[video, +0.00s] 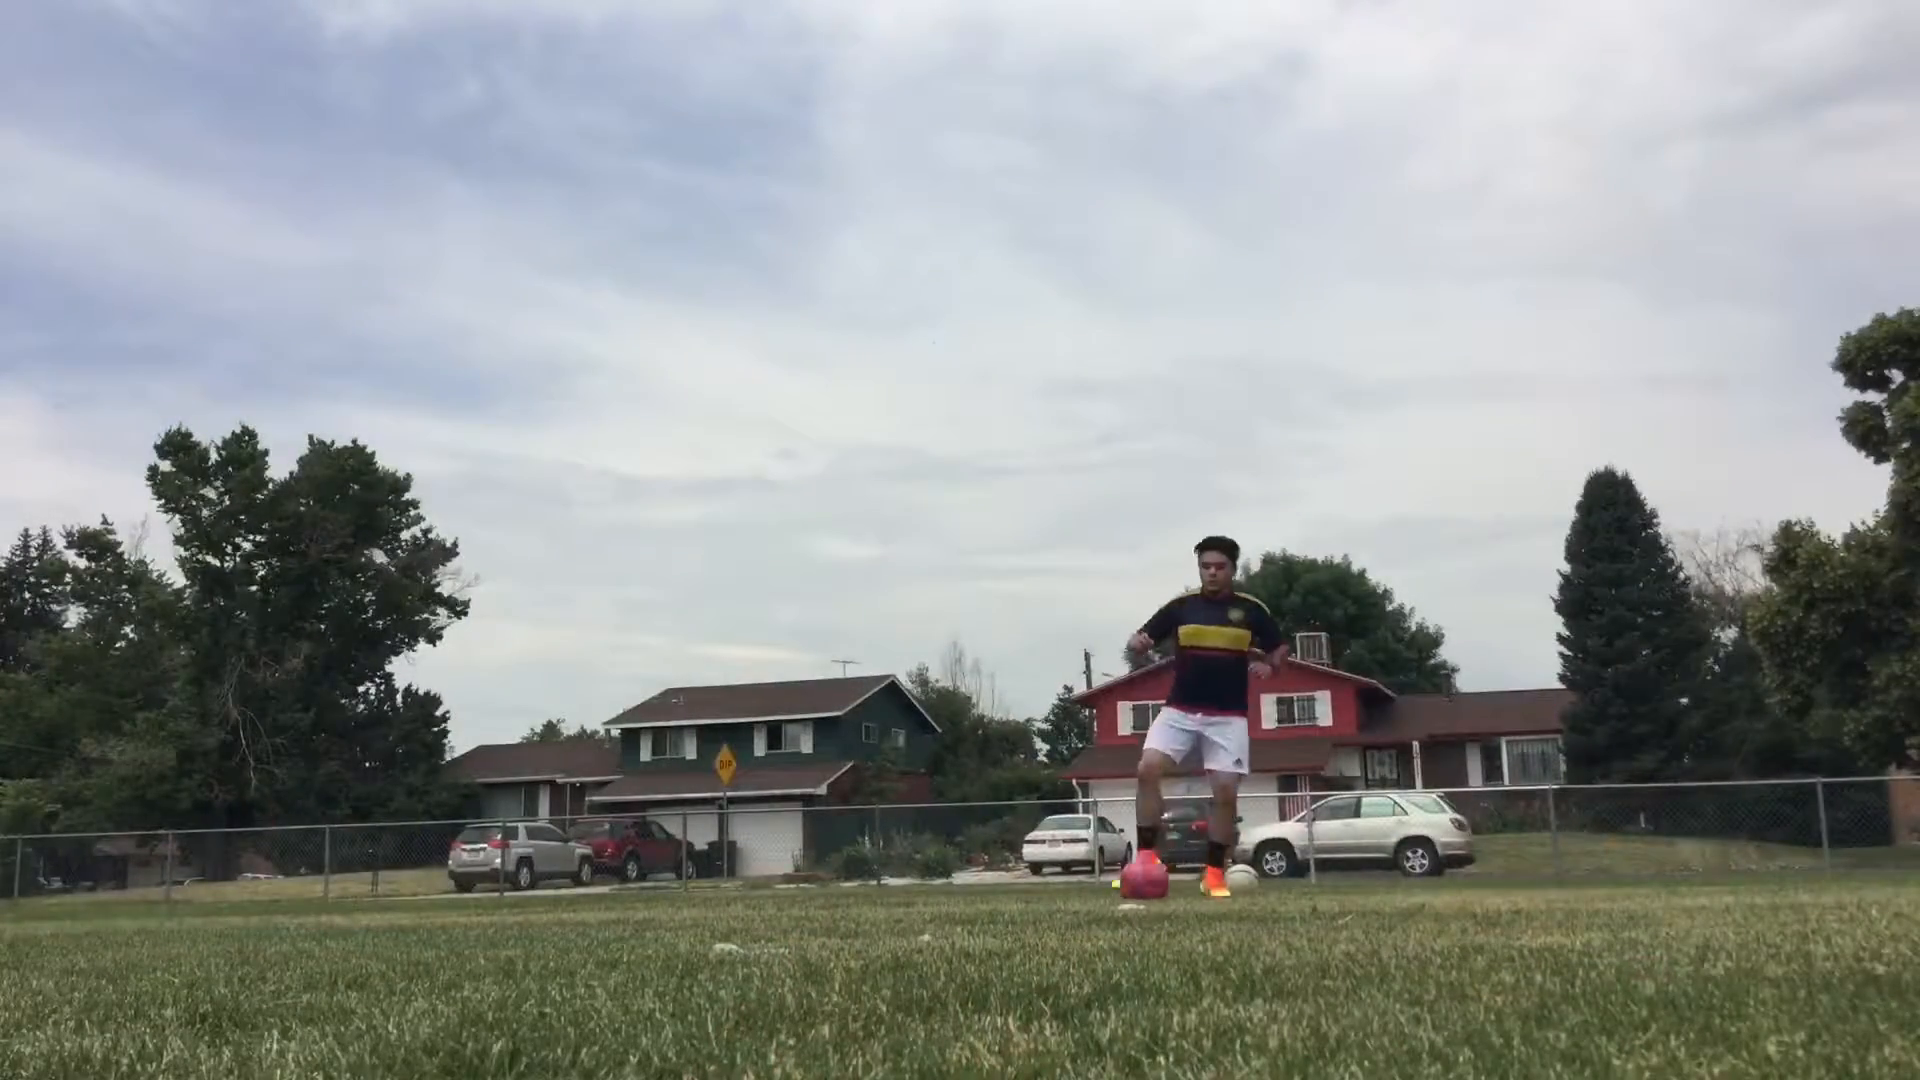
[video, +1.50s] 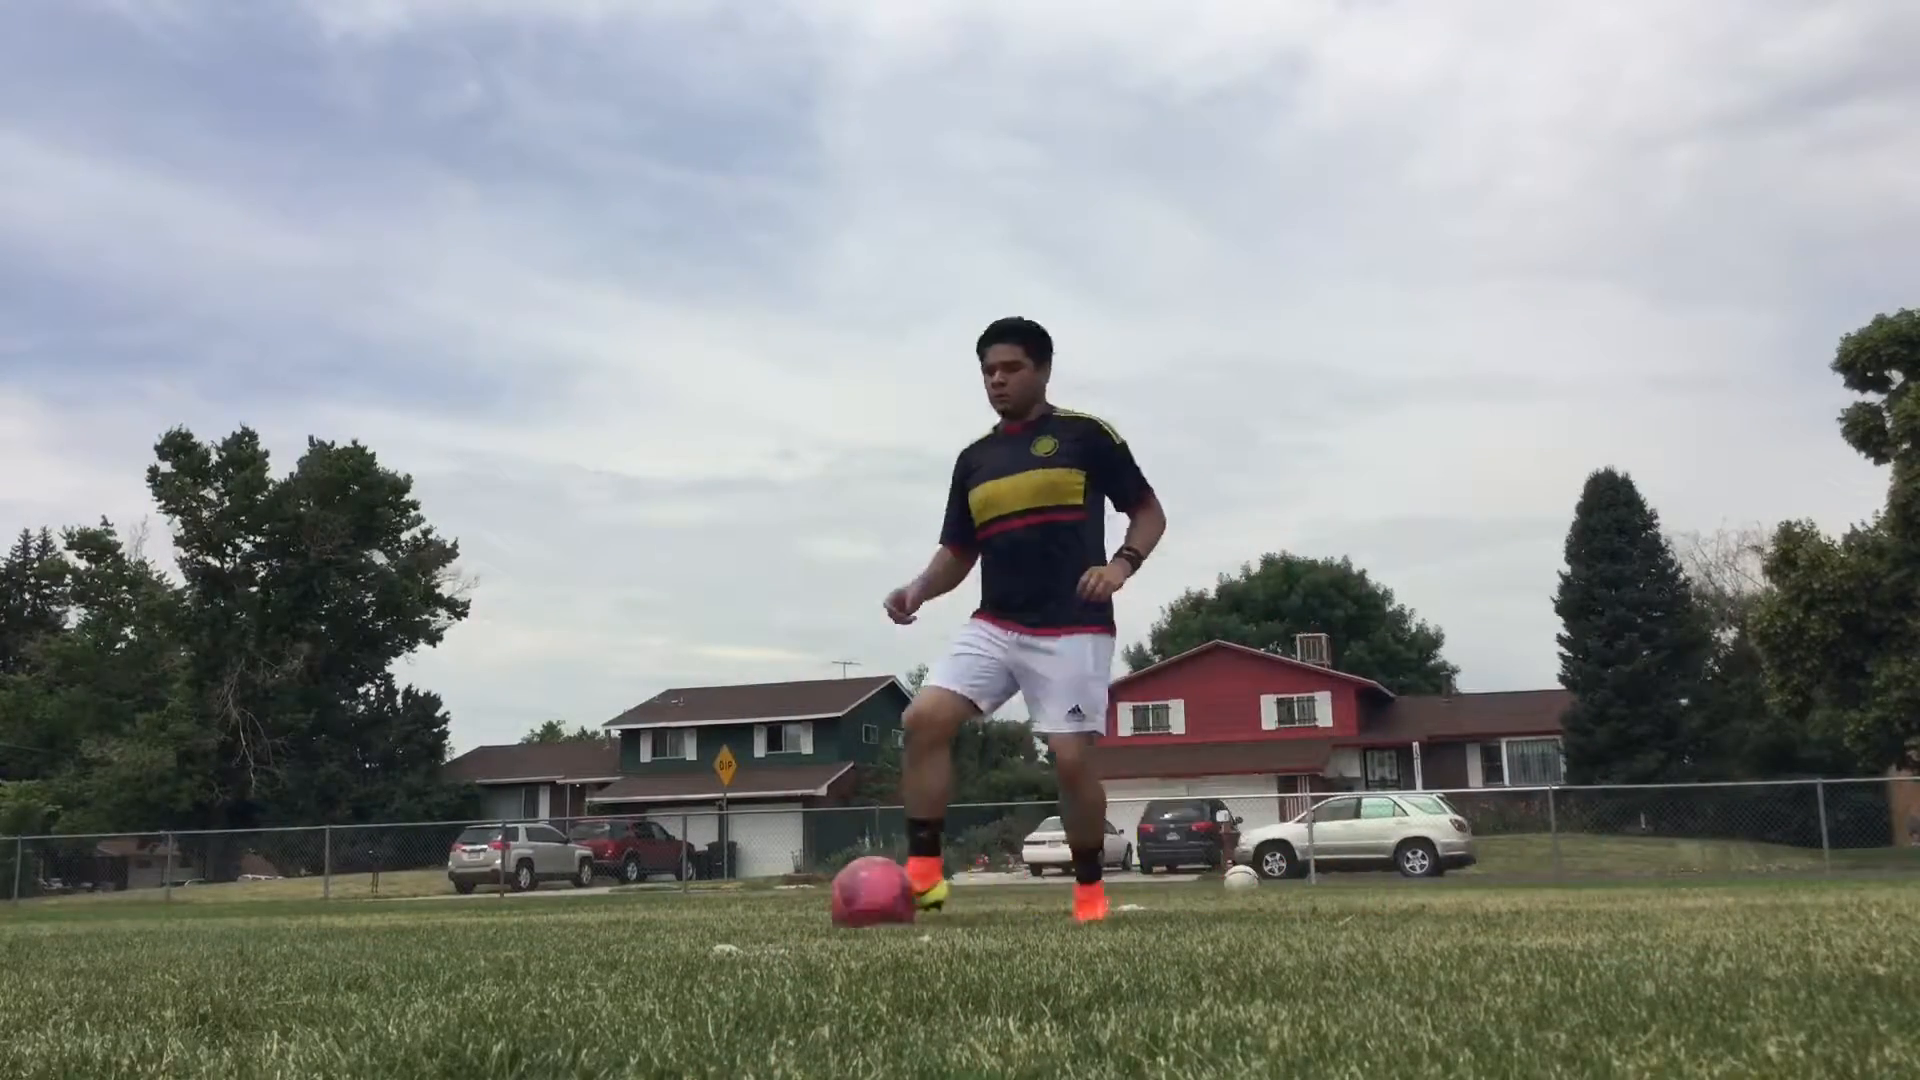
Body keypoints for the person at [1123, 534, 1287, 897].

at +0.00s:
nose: (1212, 572)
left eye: (1219, 566)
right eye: (1205, 566)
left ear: (1233, 569)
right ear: (1198, 569)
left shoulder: (1251, 610)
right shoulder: (1181, 607)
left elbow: (1280, 651)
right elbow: (1139, 642)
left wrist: (1270, 664)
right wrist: (1138, 645)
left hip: (1228, 717)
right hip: (1179, 712)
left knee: (1226, 789)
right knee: (1146, 770)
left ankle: (1214, 872)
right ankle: (1147, 862)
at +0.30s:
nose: (1226, 569)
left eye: (1234, 562)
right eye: (1219, 562)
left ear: (1248, 564)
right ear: (1209, 566)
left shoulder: (1272, 606)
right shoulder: (1192, 613)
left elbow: (1300, 648)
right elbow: (1170, 663)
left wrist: (1293, 685)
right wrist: (1171, 692)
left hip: (1261, 723)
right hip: (1210, 720)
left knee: (1261, 811)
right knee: (1210, 796)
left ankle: (1253, 853)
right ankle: (1232, 883)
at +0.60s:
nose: (1264, 544)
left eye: (1273, 535)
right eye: (1256, 537)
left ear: (1291, 539)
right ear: (1248, 544)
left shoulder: (1321, 591)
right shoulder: (1231, 600)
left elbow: (1335, 648)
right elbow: (1196, 659)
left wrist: (1339, 685)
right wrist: (1194, 718)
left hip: (1319, 715)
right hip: (1259, 725)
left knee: (1345, 790)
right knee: (1263, 822)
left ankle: (1365, 893)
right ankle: (1257, 856)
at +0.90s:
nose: (1242, 507)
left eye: (1252, 498)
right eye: (1234, 499)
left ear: (1274, 501)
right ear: (1227, 505)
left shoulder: (1312, 554)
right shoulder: (1211, 574)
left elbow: (1355, 609)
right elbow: (1203, 643)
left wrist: (1343, 651)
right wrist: (1217, 709)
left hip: (1318, 687)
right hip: (1255, 689)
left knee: (1345, 783)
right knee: (1265, 743)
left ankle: (1363, 895)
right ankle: (1292, 861)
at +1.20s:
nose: (1147, 448)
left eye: (1159, 438)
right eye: (1140, 439)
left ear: (1188, 440)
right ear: (1133, 444)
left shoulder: (1228, 498)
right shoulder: (1116, 516)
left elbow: (1283, 551)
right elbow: (1047, 568)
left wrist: (1280, 591)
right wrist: (1012, 555)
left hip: (1232, 662)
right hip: (1166, 677)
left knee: (1243, 759)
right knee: (1196, 781)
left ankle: (1306, 860)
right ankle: (1265, 886)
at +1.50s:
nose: (997, 380)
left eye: (1010, 369)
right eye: (989, 372)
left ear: (1043, 371)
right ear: (982, 378)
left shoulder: (1088, 437)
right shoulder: (974, 460)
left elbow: (1149, 512)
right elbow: (957, 551)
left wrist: (1121, 564)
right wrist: (918, 588)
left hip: (1073, 629)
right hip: (996, 626)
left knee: (1071, 759)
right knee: (924, 720)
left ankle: (1088, 891)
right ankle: (924, 875)